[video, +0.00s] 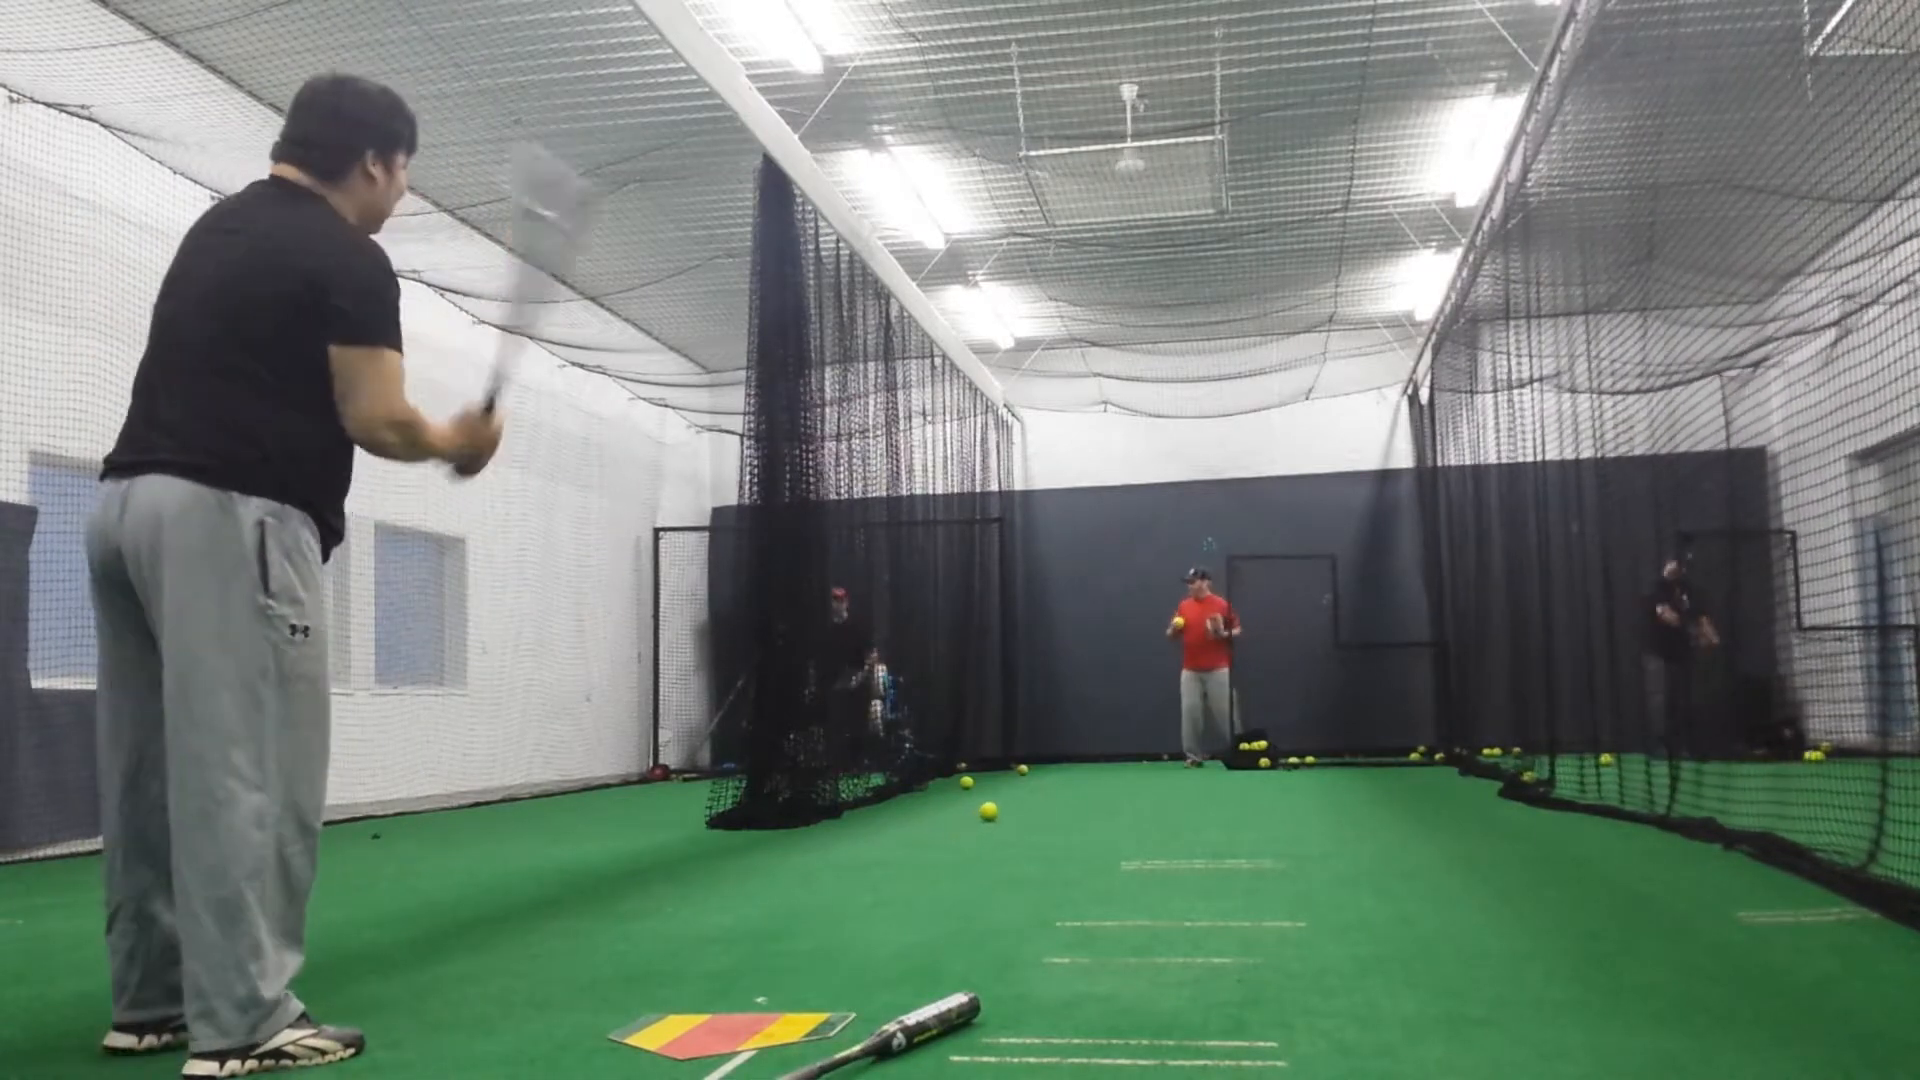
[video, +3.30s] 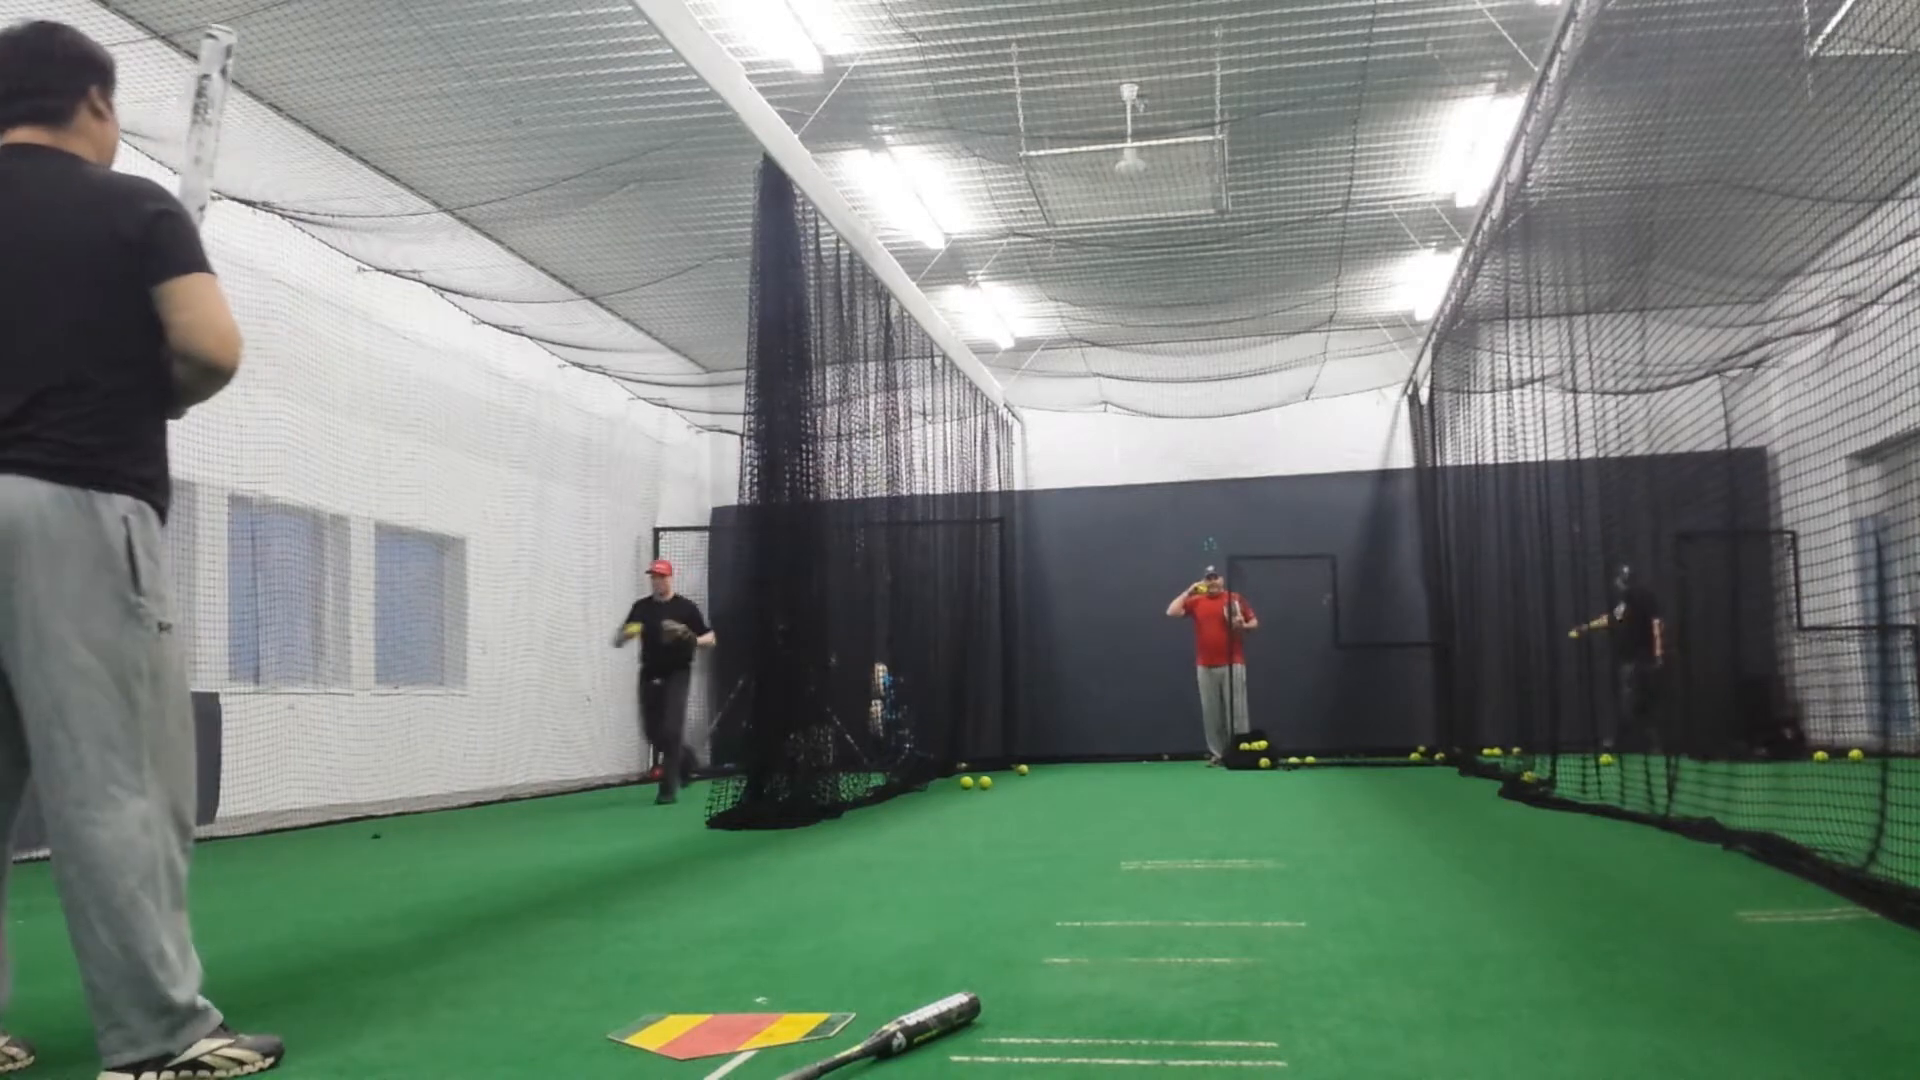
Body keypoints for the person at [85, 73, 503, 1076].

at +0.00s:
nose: (400, 198)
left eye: (403, 179)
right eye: (401, 176)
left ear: (299, 152)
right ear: (371, 162)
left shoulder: (222, 223)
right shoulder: (347, 255)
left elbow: (249, 383)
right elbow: (377, 418)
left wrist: (396, 428)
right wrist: (450, 442)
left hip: (130, 504)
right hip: (230, 517)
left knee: (147, 767)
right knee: (247, 769)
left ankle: (151, 1003)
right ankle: (243, 1021)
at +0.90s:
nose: (270, 190)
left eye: (267, 173)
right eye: (267, 171)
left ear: (171, 167)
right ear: (240, 165)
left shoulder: (148, 237)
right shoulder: (221, 231)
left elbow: (209, 407)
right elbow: (237, 354)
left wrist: (335, 439)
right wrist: (350, 422)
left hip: (102, 516)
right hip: (172, 516)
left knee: (139, 769)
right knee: (232, 756)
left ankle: (152, 1008)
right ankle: (249, 1005)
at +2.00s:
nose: (259, 127)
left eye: (254, 110)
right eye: (255, 109)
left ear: (148, 114)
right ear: (231, 107)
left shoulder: (89, 217)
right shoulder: (237, 201)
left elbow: (83, 370)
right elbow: (274, 332)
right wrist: (339, 382)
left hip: (85, 510)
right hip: (185, 515)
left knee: (144, 768)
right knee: (190, 776)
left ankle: (175, 994)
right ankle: (157, 1031)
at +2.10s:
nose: (260, 123)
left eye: (256, 106)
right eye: (257, 106)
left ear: (147, 108)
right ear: (234, 104)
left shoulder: (81, 212)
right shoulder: (247, 203)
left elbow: (52, 370)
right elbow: (290, 337)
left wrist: (106, 444)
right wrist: (344, 385)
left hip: (73, 510)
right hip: (182, 516)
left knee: (132, 769)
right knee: (186, 773)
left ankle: (167, 992)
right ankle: (156, 1033)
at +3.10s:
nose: (163, 120)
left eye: (158, 103)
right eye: (159, 103)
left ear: (38, 109)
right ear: (137, 101)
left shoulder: (2, 194)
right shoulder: (182, 204)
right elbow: (260, 349)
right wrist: (198, 397)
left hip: (5, 510)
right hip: (113, 511)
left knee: (6, 787)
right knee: (145, 779)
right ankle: (159, 1035)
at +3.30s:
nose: (118, 130)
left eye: (113, 113)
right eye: (113, 112)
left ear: (11, 109)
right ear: (87, 104)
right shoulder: (127, 205)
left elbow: (207, 350)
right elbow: (213, 349)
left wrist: (135, 387)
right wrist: (144, 396)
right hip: (64, 509)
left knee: (12, 790)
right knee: (114, 777)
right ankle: (156, 1032)